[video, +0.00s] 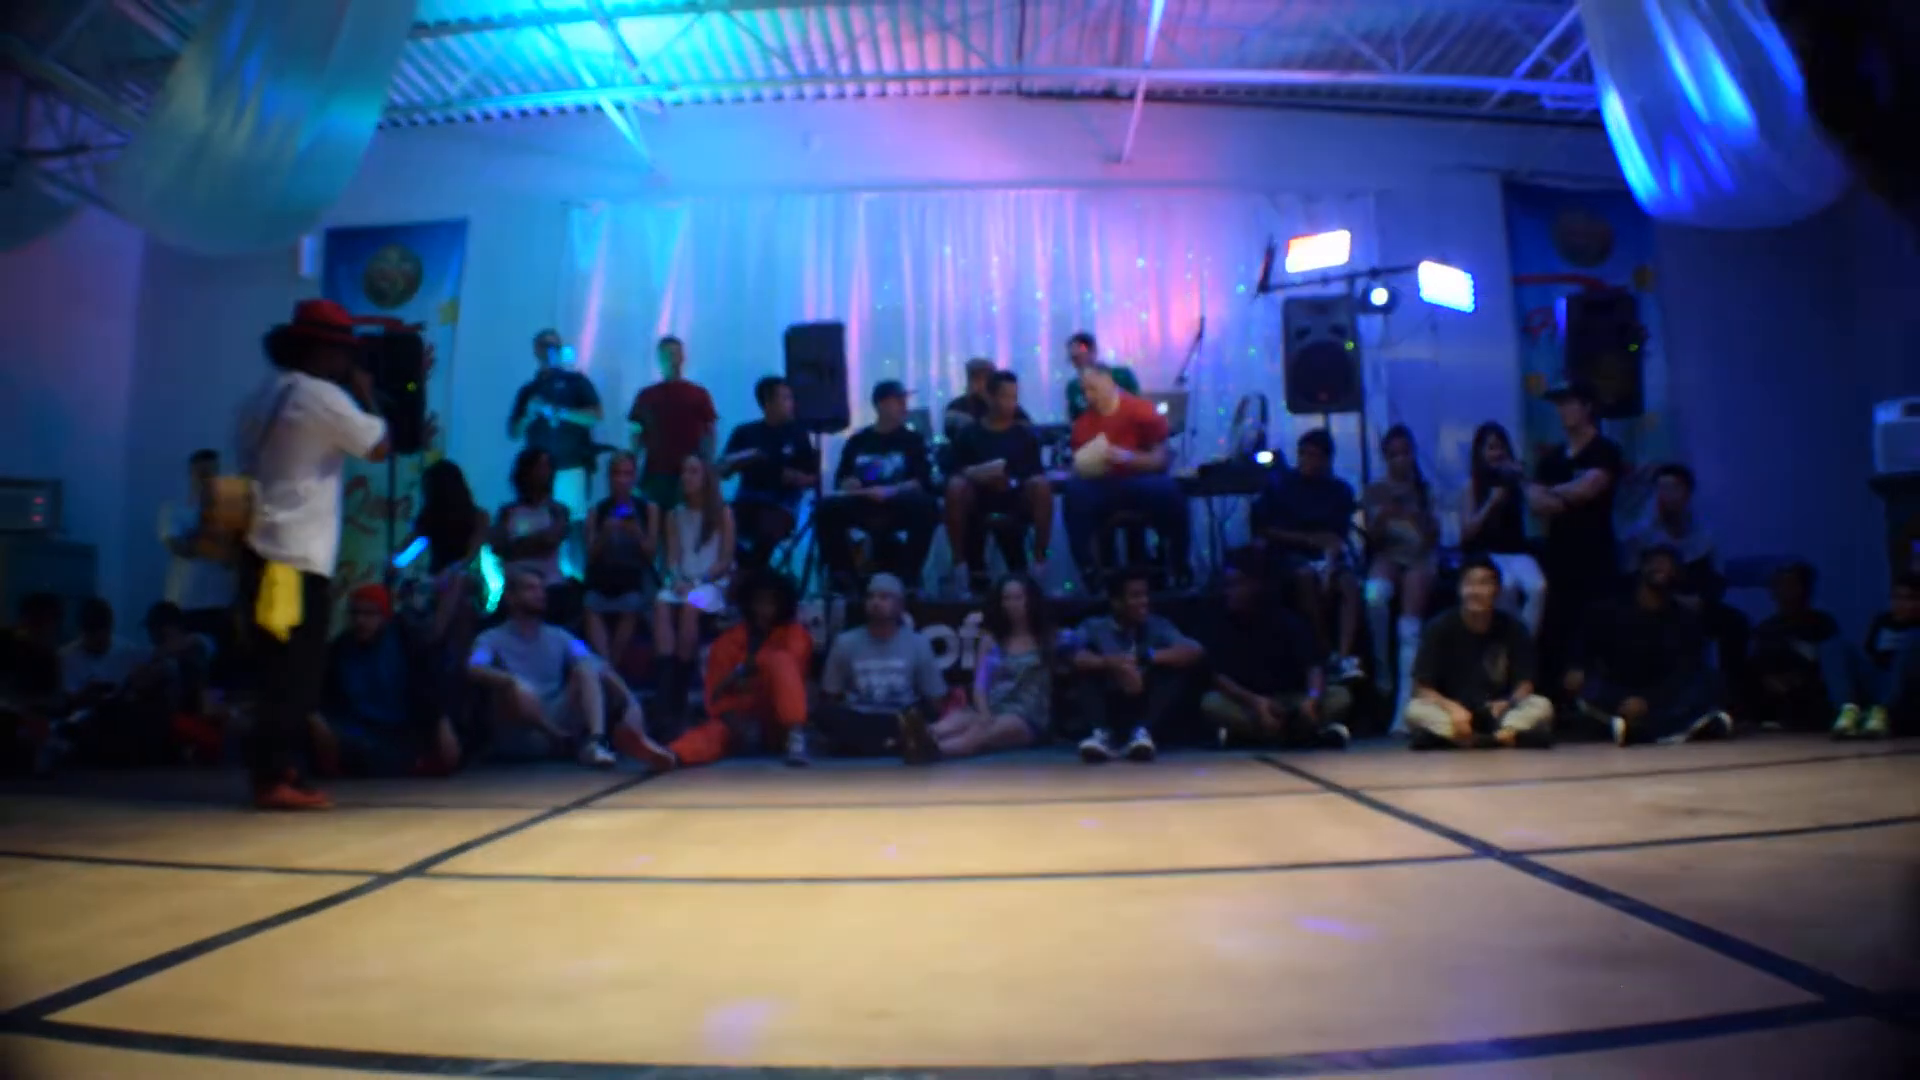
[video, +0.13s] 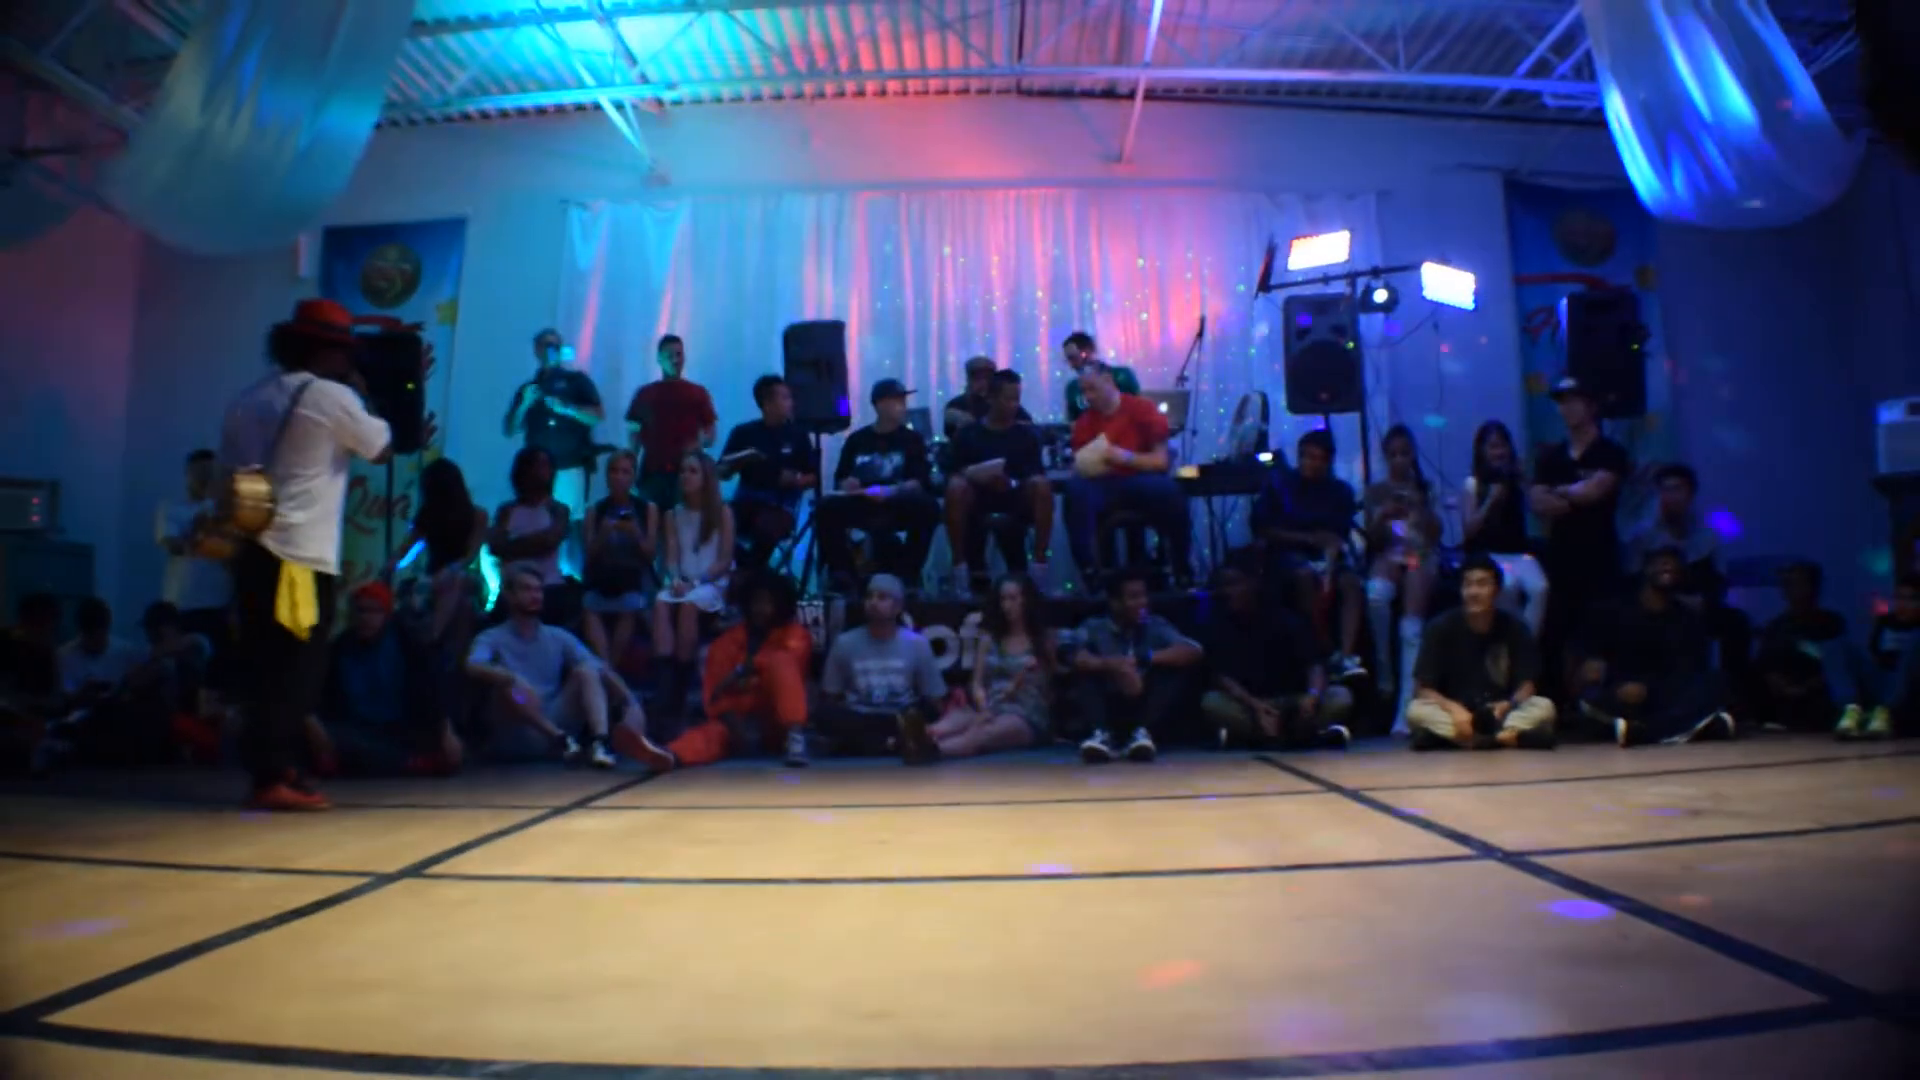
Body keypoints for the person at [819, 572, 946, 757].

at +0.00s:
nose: (875, 604)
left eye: (883, 597)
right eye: (871, 597)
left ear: (899, 604)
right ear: (865, 602)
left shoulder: (917, 644)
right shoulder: (845, 643)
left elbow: (936, 700)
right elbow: (830, 697)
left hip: (904, 718)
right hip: (858, 718)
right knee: (825, 715)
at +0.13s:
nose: (873, 604)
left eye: (882, 598)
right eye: (870, 597)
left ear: (898, 606)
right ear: (864, 602)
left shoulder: (916, 645)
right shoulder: (845, 644)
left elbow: (935, 701)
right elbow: (830, 698)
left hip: (904, 719)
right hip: (858, 719)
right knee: (825, 716)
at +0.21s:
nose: (873, 604)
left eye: (881, 598)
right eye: (869, 597)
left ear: (897, 607)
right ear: (864, 602)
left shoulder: (916, 645)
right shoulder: (844, 644)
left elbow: (935, 700)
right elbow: (829, 698)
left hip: (902, 716)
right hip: (857, 716)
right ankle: (889, 744)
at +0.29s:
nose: (872, 604)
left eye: (881, 598)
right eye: (869, 597)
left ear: (897, 607)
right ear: (863, 602)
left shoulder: (916, 645)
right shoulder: (844, 644)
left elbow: (935, 700)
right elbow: (829, 698)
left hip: (903, 719)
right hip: (858, 719)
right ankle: (890, 745)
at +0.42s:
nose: (874, 604)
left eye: (882, 597)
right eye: (870, 597)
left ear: (897, 606)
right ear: (863, 602)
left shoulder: (916, 646)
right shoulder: (844, 644)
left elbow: (935, 699)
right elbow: (829, 697)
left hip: (902, 715)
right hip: (858, 717)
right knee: (822, 716)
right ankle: (887, 745)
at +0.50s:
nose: (872, 603)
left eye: (880, 598)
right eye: (869, 597)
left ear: (897, 607)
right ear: (863, 602)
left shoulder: (916, 645)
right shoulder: (844, 643)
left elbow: (934, 700)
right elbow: (829, 697)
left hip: (901, 714)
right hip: (858, 715)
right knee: (822, 716)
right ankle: (888, 745)